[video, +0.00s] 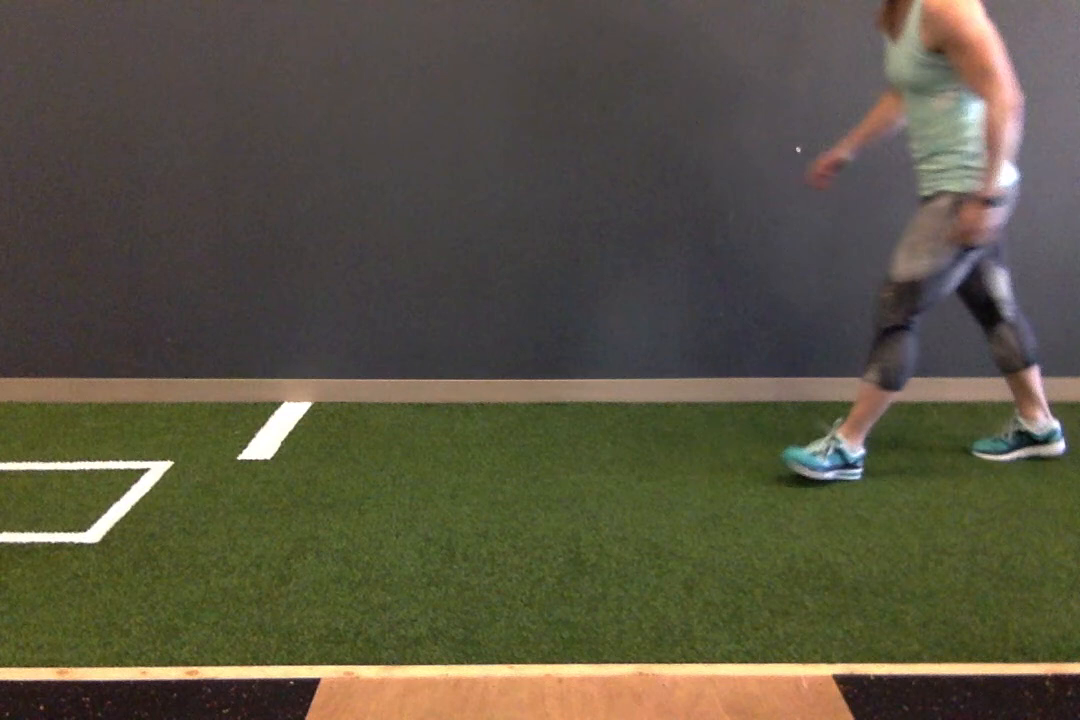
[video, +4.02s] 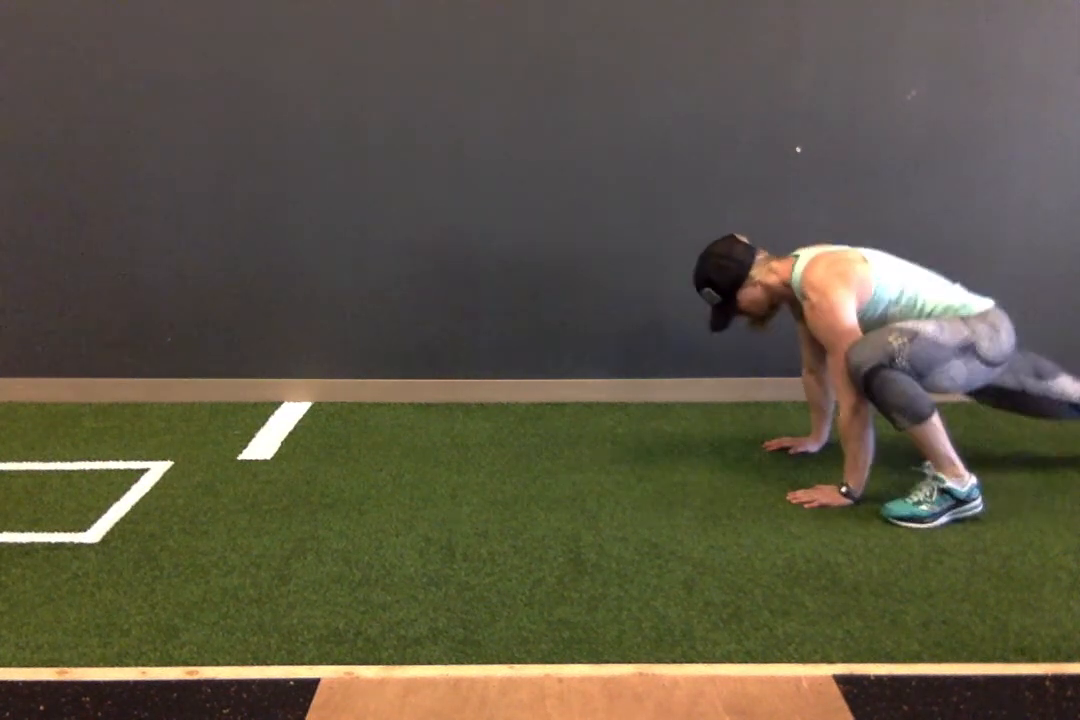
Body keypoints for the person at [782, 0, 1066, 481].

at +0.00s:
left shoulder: (949, 10)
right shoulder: (896, 16)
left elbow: (1005, 98)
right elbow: (902, 95)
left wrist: (987, 193)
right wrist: (847, 147)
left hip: (971, 189)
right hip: (946, 188)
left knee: (900, 304)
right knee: (994, 307)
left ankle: (847, 443)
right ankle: (1037, 422)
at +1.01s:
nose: (865, 289)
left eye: (860, 284)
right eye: (857, 287)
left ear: (865, 265)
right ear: (864, 238)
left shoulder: (926, 252)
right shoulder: (891, 240)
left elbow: (892, 370)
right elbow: (855, 339)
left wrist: (851, 454)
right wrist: (818, 410)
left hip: (1074, 204)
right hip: (1064, 200)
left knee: (1012, 322)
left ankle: (1038, 448)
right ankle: (1037, 442)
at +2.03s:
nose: (797, 318)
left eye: (789, 310)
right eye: (788, 313)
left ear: (807, 282)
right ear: (806, 270)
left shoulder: (874, 278)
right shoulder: (841, 268)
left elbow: (865, 400)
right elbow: (832, 367)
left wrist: (852, 490)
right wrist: (817, 436)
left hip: (1055, 263)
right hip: (1033, 259)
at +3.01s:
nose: (779, 320)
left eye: (771, 311)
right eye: (771, 315)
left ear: (788, 289)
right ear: (790, 273)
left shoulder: (871, 285)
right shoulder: (837, 278)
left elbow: (860, 402)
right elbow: (829, 369)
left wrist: (851, 489)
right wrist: (817, 439)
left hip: (1046, 327)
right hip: (1026, 327)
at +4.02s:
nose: (740, 315)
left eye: (733, 305)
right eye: (731, 310)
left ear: (751, 281)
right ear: (754, 270)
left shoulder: (824, 292)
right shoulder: (798, 280)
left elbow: (853, 399)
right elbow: (815, 367)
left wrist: (851, 489)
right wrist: (817, 437)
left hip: (981, 331)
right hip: (971, 331)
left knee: (869, 359)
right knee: (1059, 398)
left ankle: (954, 481)